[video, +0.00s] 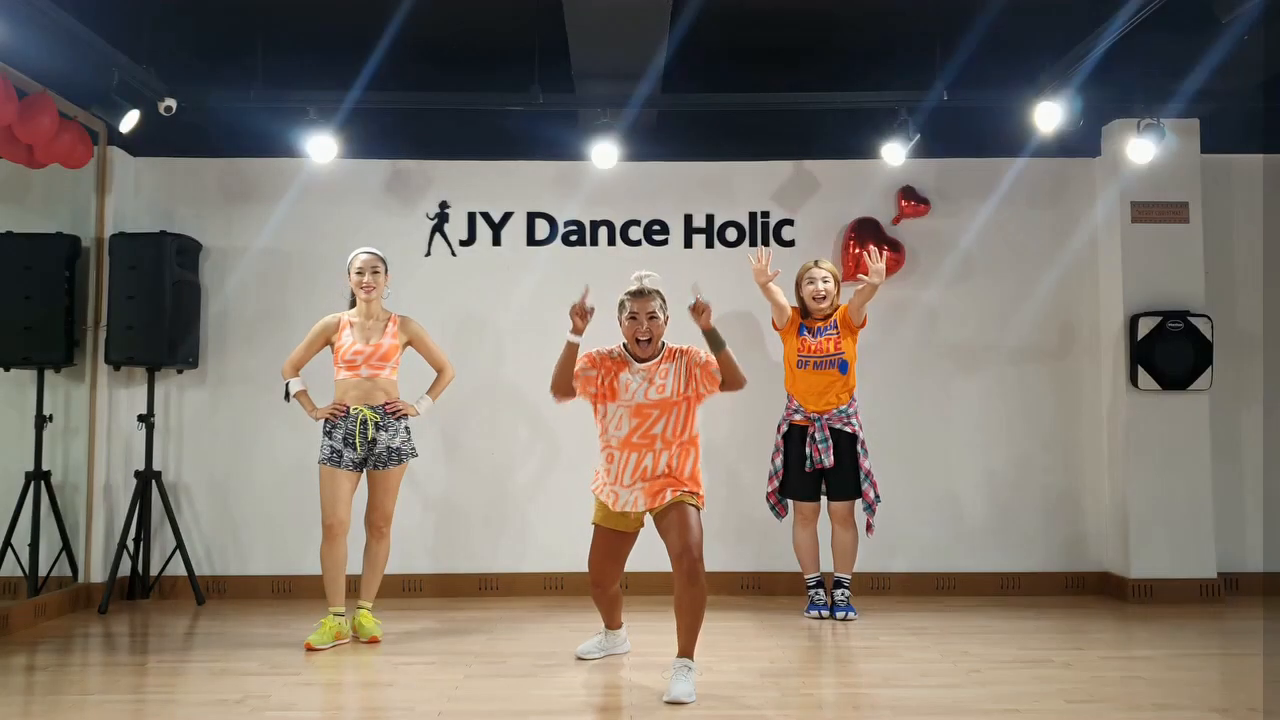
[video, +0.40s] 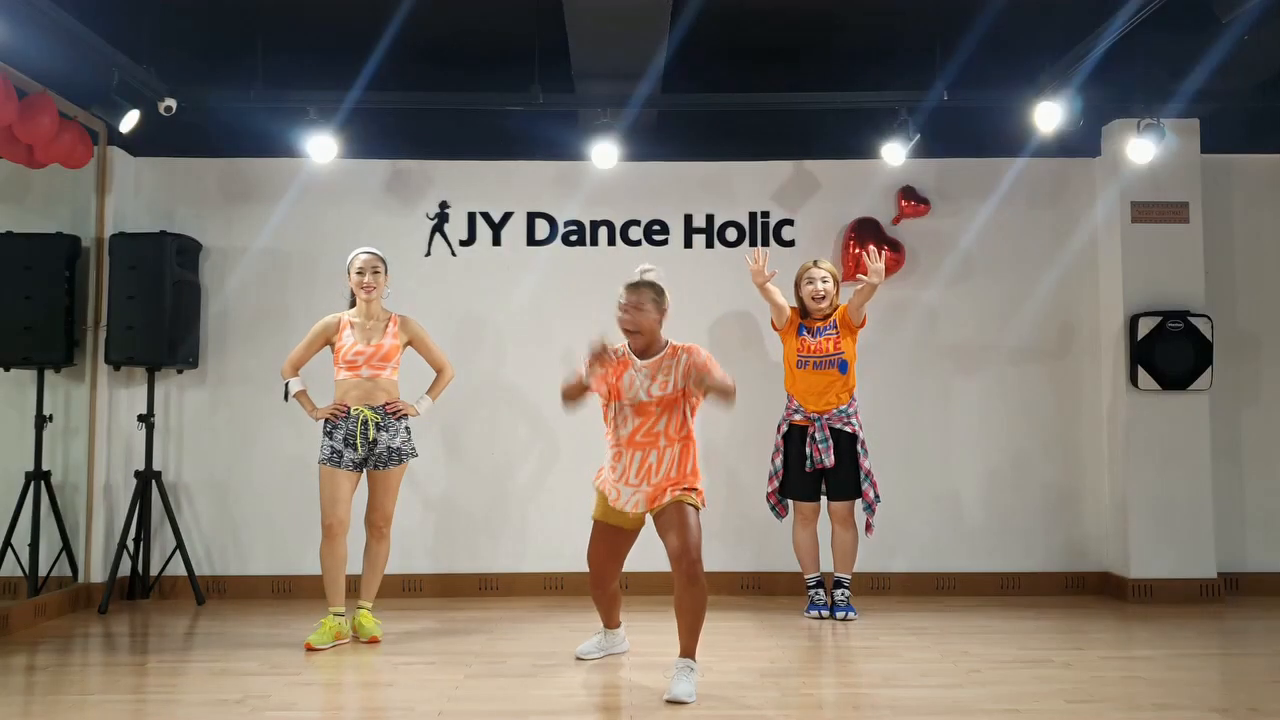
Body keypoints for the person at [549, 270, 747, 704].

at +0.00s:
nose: (643, 327)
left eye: (652, 318)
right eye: (634, 318)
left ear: (665, 322)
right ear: (621, 322)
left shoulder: (685, 359)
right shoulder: (603, 363)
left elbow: (735, 381)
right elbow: (561, 391)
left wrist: (709, 329)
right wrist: (576, 335)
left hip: (673, 478)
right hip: (618, 481)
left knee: (689, 556)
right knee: (601, 576)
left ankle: (685, 664)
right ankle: (614, 635)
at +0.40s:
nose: (626, 314)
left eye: (637, 307)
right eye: (623, 306)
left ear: (661, 315)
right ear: (618, 311)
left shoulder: (687, 357)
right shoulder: (609, 361)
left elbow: (730, 394)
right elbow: (569, 399)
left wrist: (706, 382)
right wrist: (588, 371)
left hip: (673, 477)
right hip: (621, 478)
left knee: (687, 557)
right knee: (600, 567)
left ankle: (686, 664)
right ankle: (612, 634)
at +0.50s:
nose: (607, 308)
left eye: (612, 300)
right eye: (608, 300)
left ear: (634, 305)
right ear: (631, 305)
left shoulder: (680, 360)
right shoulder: (614, 360)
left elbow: (687, 430)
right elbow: (601, 415)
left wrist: (639, 465)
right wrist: (590, 438)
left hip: (673, 475)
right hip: (627, 476)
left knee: (664, 561)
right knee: (603, 557)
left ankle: (695, 663)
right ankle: (617, 632)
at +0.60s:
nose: (606, 305)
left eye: (610, 298)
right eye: (608, 298)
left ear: (625, 301)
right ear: (635, 302)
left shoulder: (650, 352)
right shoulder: (636, 347)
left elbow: (644, 425)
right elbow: (627, 411)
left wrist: (596, 436)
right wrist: (596, 428)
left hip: (661, 481)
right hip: (635, 479)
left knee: (648, 567)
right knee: (604, 547)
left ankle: (707, 666)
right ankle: (646, 630)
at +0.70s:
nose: (606, 300)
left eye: (611, 293)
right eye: (609, 293)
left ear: (624, 299)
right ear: (644, 299)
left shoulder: (626, 346)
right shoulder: (657, 339)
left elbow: (574, 380)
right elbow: (606, 372)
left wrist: (543, 361)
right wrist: (566, 362)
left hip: (641, 468)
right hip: (647, 465)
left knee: (633, 558)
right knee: (626, 553)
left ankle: (702, 653)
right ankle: (670, 635)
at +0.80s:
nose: (600, 297)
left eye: (605, 292)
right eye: (602, 290)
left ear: (618, 298)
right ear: (638, 298)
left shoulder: (601, 332)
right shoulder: (658, 331)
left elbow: (540, 317)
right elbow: (637, 305)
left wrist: (539, 297)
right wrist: (580, 302)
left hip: (621, 467)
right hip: (656, 464)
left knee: (600, 560)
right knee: (635, 550)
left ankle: (658, 629)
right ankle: (673, 634)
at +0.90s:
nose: (585, 299)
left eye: (589, 294)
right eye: (586, 293)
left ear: (600, 298)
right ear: (625, 297)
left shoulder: (593, 329)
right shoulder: (644, 328)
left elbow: (536, 300)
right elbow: (623, 292)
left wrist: (522, 275)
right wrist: (581, 278)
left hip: (614, 465)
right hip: (651, 464)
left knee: (559, 549)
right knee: (634, 548)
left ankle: (602, 631)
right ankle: (672, 637)